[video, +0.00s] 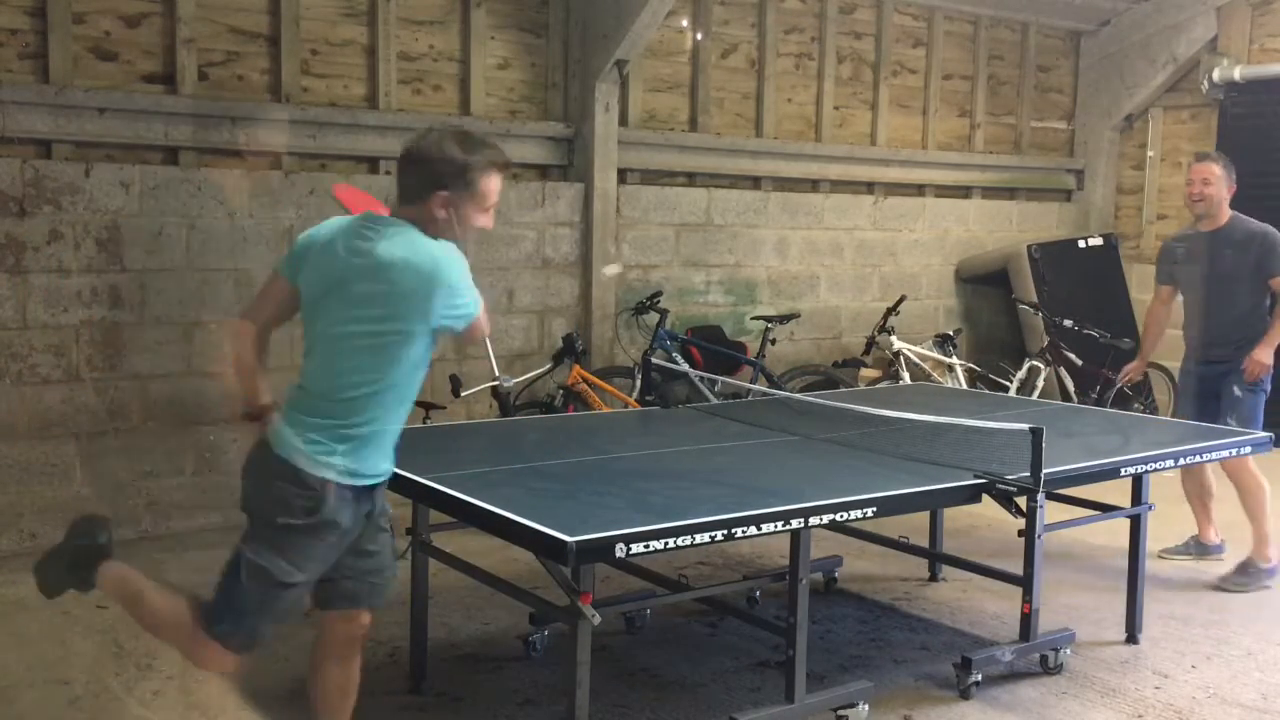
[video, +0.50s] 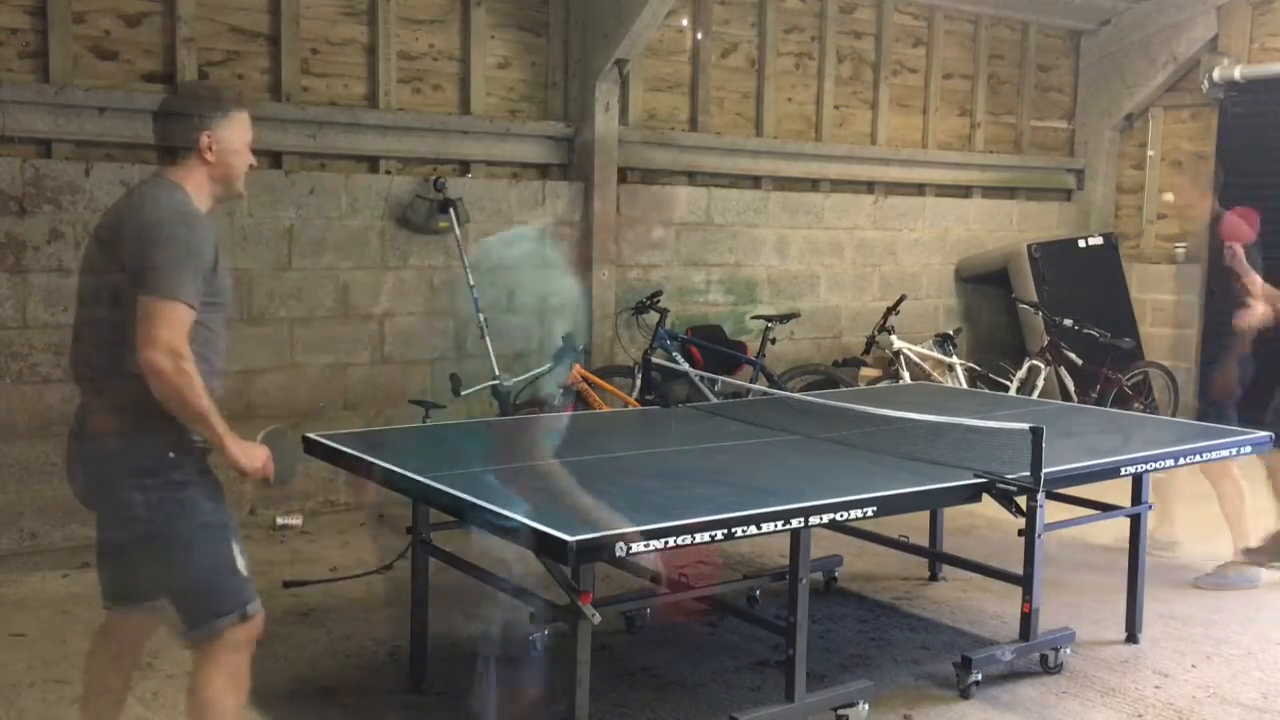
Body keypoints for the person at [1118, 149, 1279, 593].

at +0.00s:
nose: (1195, 190)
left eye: (1205, 182)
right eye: (1190, 183)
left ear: (1229, 189)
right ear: (1185, 190)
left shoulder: (1263, 240)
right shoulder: (1176, 246)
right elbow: (1161, 305)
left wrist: (1268, 346)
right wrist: (1143, 358)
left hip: (1246, 365)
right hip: (1196, 365)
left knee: (1233, 453)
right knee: (1186, 453)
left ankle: (1265, 555)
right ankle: (1207, 538)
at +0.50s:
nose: (1173, 200)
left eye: (1179, 192)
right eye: (1173, 192)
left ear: (1202, 192)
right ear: (1200, 193)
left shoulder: (1224, 234)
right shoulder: (1204, 233)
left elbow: (1245, 303)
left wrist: (1230, 362)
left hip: (1223, 358)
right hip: (1205, 353)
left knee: (1214, 455)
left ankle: (1244, 555)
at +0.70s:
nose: (1249, 195)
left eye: (1258, 188)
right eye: (1252, 188)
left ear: (1278, 198)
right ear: (1269, 199)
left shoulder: (1276, 253)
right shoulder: (1273, 254)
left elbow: (1243, 305)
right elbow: (1244, 307)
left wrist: (1208, 284)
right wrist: (1206, 283)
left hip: (1273, 374)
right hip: (1268, 372)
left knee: (1235, 448)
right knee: (1233, 448)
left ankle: (1195, 531)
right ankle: (1195, 531)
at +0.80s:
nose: (1225, 200)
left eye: (1234, 193)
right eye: (1229, 192)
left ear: (1261, 200)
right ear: (1253, 201)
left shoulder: (1274, 247)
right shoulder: (1246, 260)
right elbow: (1212, 307)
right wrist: (1159, 299)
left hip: (1271, 375)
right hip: (1251, 376)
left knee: (1223, 459)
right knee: (1219, 457)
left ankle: (1187, 539)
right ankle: (1187, 540)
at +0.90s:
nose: (1207, 203)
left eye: (1215, 197)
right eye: (1209, 196)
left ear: (1244, 203)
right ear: (1232, 204)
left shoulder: (1273, 249)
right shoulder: (1216, 267)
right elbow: (1176, 315)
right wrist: (1113, 322)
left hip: (1273, 380)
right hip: (1233, 379)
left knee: (1276, 471)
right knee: (1202, 452)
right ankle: (1184, 539)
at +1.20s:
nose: (1188, 202)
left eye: (1197, 193)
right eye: (1185, 195)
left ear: (1224, 197)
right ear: (1184, 203)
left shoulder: (1263, 243)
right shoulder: (1184, 264)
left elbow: (1279, 299)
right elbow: (1180, 326)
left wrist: (1279, 360)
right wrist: (1157, 345)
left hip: (1262, 375)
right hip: (1214, 378)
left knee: (1274, 464)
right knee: (1186, 451)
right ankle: (1183, 540)